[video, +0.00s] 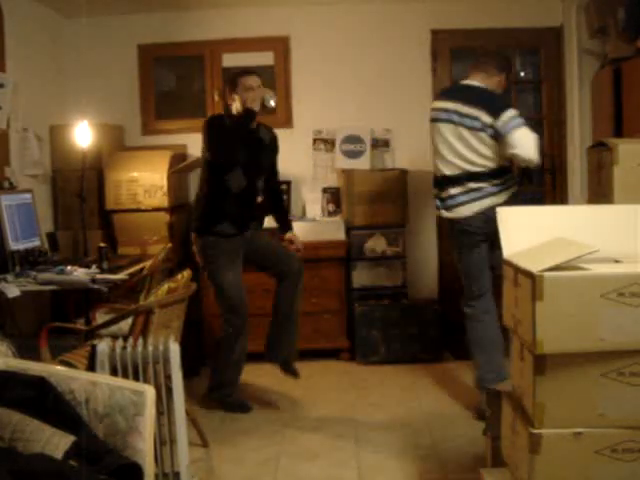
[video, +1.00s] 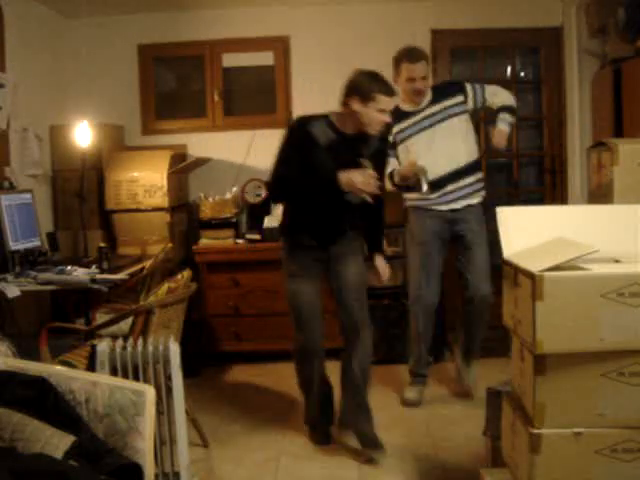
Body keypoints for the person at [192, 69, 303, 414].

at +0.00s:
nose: (255, 95)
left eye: (258, 89)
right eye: (248, 90)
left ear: (264, 94)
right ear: (233, 96)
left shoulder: (266, 137)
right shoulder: (217, 125)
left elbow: (272, 186)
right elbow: (222, 156)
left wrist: (285, 228)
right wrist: (250, 115)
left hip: (250, 233)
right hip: (217, 236)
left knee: (291, 267)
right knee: (236, 312)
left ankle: (282, 349)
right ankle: (221, 391)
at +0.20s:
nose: (250, 108)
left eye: (254, 102)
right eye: (244, 103)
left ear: (264, 109)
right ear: (235, 111)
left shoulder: (278, 146)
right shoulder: (220, 143)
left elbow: (296, 193)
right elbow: (194, 151)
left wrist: (308, 237)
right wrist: (228, 118)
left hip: (266, 249)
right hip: (229, 251)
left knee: (282, 320)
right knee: (242, 328)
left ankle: (278, 393)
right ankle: (239, 394)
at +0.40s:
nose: (257, 82)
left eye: (264, 76)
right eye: (251, 76)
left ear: (275, 85)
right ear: (241, 85)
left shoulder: (293, 125)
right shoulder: (231, 122)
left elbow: (316, 175)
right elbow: (198, 145)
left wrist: (329, 222)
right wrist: (233, 106)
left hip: (287, 220)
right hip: (251, 225)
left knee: (309, 263)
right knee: (257, 309)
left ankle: (306, 347)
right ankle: (247, 387)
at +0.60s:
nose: (271, 93)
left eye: (276, 86)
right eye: (263, 87)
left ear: (288, 89)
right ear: (253, 91)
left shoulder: (307, 128)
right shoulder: (242, 124)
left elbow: (333, 180)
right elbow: (212, 160)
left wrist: (344, 228)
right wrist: (245, 118)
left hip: (301, 226)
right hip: (262, 230)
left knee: (310, 293)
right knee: (277, 311)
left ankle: (315, 375)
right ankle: (287, 395)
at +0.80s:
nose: (329, 120)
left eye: (332, 112)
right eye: (322, 112)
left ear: (333, 111)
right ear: (299, 110)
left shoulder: (338, 142)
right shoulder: (271, 137)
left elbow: (363, 190)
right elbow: (244, 184)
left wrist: (370, 233)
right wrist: (292, 157)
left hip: (329, 240)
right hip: (287, 242)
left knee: (336, 309)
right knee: (294, 322)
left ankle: (330, 385)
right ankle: (299, 396)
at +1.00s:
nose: (388, 119)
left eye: (390, 111)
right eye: (382, 111)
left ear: (362, 107)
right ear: (355, 105)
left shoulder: (374, 143)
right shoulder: (305, 131)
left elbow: (374, 200)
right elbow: (278, 188)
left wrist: (376, 250)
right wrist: (339, 179)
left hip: (346, 243)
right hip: (302, 244)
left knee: (358, 330)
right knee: (310, 338)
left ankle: (357, 420)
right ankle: (318, 419)